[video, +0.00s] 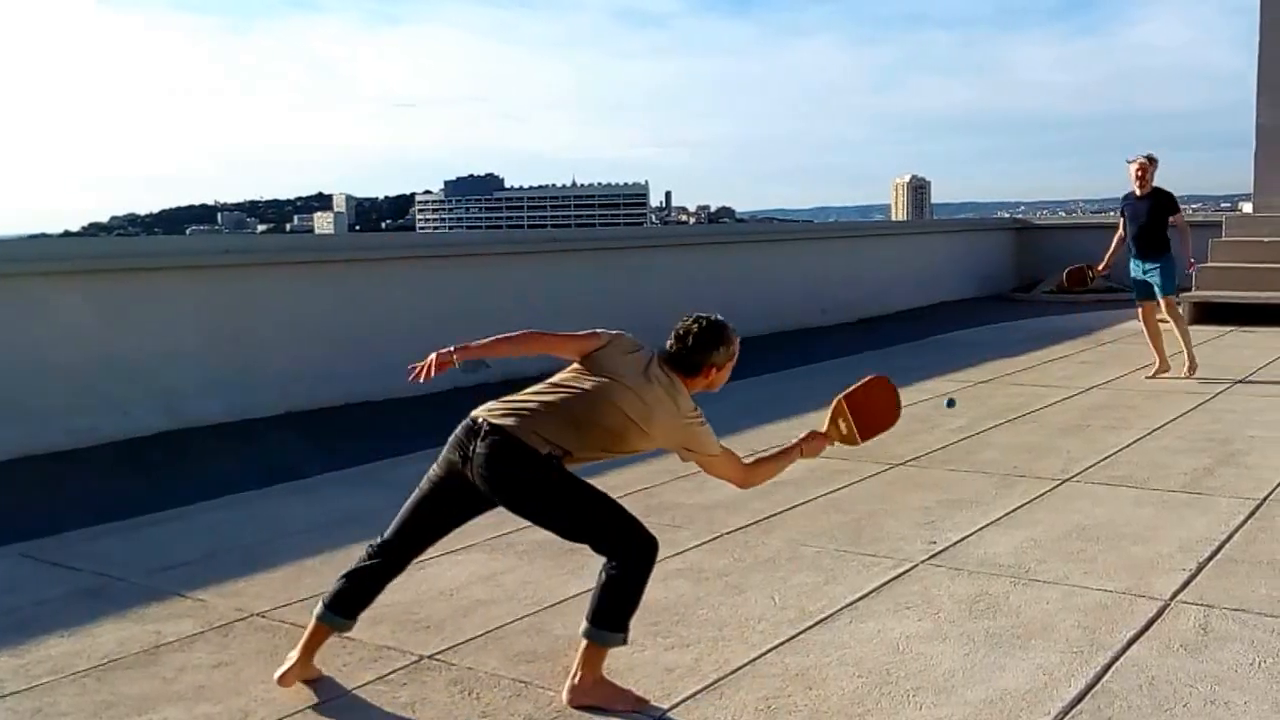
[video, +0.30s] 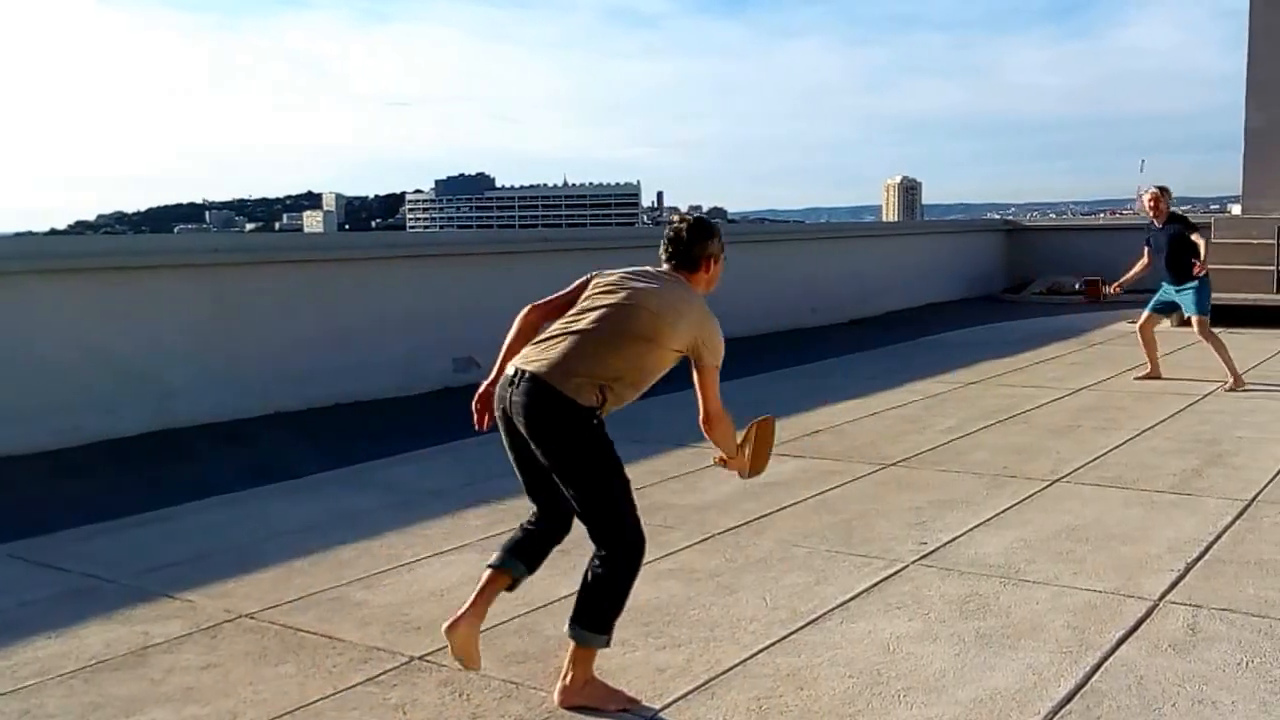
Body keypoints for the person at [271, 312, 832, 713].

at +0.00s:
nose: (728, 376)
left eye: (730, 367)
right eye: (728, 368)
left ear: (678, 350)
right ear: (707, 371)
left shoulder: (621, 347)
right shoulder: (681, 418)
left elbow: (533, 342)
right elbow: (745, 475)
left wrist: (458, 351)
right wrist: (805, 447)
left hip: (473, 434)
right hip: (518, 461)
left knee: (389, 550)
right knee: (635, 545)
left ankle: (299, 660)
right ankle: (588, 679)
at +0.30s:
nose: (721, 269)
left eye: (720, 260)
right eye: (720, 260)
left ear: (666, 258)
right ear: (708, 265)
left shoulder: (615, 277)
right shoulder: (701, 322)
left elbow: (534, 313)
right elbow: (712, 416)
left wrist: (494, 378)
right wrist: (732, 452)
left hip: (513, 391)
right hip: (564, 407)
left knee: (552, 513)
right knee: (622, 542)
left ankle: (469, 616)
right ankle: (577, 678)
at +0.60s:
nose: (690, 213)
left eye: (688, 204)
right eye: (689, 205)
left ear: (635, 205)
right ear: (678, 207)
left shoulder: (597, 247)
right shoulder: (681, 259)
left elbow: (533, 303)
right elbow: (686, 355)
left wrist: (524, 377)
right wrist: (679, 403)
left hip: (572, 393)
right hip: (622, 401)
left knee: (626, 515)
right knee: (669, 536)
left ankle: (618, 631)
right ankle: (586, 659)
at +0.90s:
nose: (689, 187)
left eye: (687, 177)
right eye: (687, 178)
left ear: (633, 184)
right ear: (674, 183)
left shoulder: (596, 238)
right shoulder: (678, 240)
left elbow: (568, 323)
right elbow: (681, 332)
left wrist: (605, 366)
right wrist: (715, 388)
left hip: (585, 389)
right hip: (637, 395)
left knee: (592, 498)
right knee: (705, 517)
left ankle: (561, 607)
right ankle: (696, 661)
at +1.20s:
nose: (705, 214)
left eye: (702, 205)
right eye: (700, 206)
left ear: (666, 216)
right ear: (682, 216)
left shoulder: (672, 267)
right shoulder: (635, 279)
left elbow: (722, 301)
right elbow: (634, 384)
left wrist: (802, 310)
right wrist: (689, 426)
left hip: (628, 418)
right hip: (618, 425)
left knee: (635, 511)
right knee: (721, 523)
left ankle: (554, 607)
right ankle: (695, 668)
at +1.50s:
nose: (679, 205)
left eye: (676, 195)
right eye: (676, 197)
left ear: (625, 204)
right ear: (661, 205)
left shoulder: (601, 252)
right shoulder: (658, 261)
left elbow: (663, 313)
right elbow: (719, 304)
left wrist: (735, 329)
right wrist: (760, 254)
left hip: (590, 415)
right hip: (632, 427)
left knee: (615, 507)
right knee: (728, 529)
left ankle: (541, 605)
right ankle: (683, 665)